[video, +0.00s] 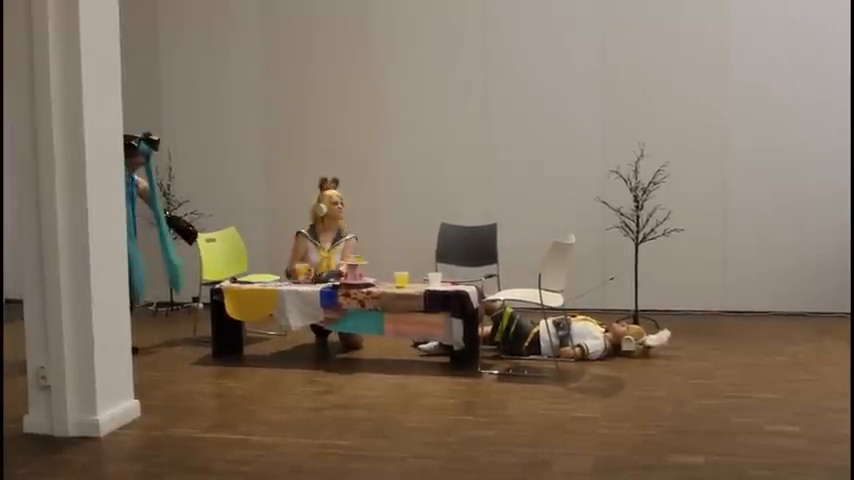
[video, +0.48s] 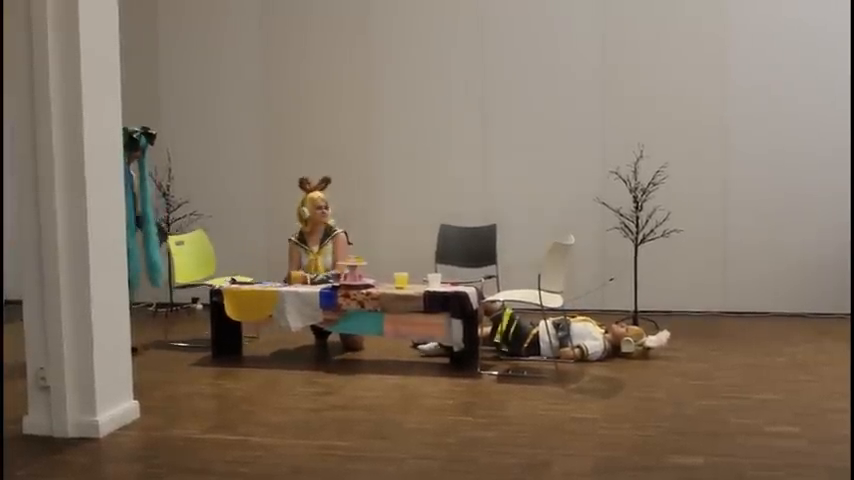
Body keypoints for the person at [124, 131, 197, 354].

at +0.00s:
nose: (143, 162)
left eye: (144, 158)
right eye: (140, 158)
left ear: (139, 160)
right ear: (128, 157)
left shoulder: (133, 181)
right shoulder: (120, 180)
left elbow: (156, 204)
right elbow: (155, 203)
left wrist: (173, 221)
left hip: (128, 242)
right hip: (114, 243)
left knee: (132, 290)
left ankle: (127, 341)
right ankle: (120, 341)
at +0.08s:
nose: (144, 161)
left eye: (145, 156)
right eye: (141, 156)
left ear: (138, 158)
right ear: (131, 156)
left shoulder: (135, 181)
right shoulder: (128, 180)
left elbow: (158, 208)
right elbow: (159, 209)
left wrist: (183, 229)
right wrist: (184, 229)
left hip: (127, 242)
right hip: (113, 242)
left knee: (129, 292)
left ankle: (127, 342)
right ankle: (122, 342)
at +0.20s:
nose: (143, 159)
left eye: (143, 155)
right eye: (140, 155)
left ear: (137, 156)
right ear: (131, 154)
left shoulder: (133, 178)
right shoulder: (128, 178)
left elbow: (152, 204)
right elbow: (151, 204)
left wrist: (172, 225)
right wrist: (173, 226)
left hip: (126, 240)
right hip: (115, 241)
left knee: (128, 290)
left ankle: (127, 341)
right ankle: (123, 342)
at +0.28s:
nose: (142, 157)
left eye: (144, 153)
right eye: (140, 153)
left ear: (139, 155)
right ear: (131, 152)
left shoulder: (134, 176)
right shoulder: (123, 175)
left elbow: (148, 208)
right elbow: (148, 209)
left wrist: (168, 226)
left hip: (127, 239)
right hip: (115, 239)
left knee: (127, 287)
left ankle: (126, 342)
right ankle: (120, 342)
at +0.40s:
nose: (140, 157)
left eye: (141, 152)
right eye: (137, 152)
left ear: (138, 153)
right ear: (129, 151)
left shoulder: (131, 173)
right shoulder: (123, 174)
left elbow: (140, 209)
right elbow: (139, 209)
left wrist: (158, 227)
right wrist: (158, 227)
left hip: (129, 234)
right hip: (121, 235)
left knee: (130, 282)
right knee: (126, 283)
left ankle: (125, 341)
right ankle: (122, 341)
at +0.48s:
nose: (137, 158)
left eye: (139, 154)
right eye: (136, 153)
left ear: (136, 152)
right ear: (128, 151)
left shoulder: (129, 173)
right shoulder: (122, 174)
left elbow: (134, 210)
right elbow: (131, 211)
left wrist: (151, 224)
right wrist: (152, 225)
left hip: (126, 235)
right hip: (118, 236)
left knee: (127, 285)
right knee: (121, 287)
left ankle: (125, 341)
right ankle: (122, 342)